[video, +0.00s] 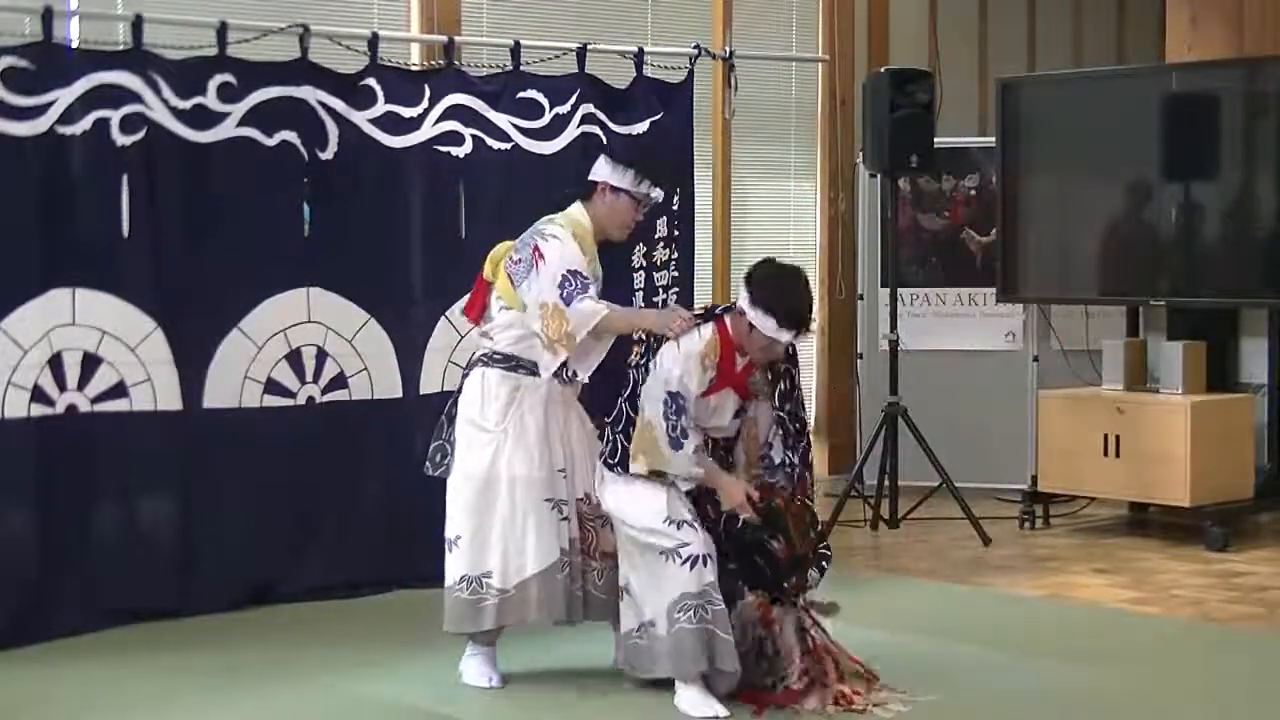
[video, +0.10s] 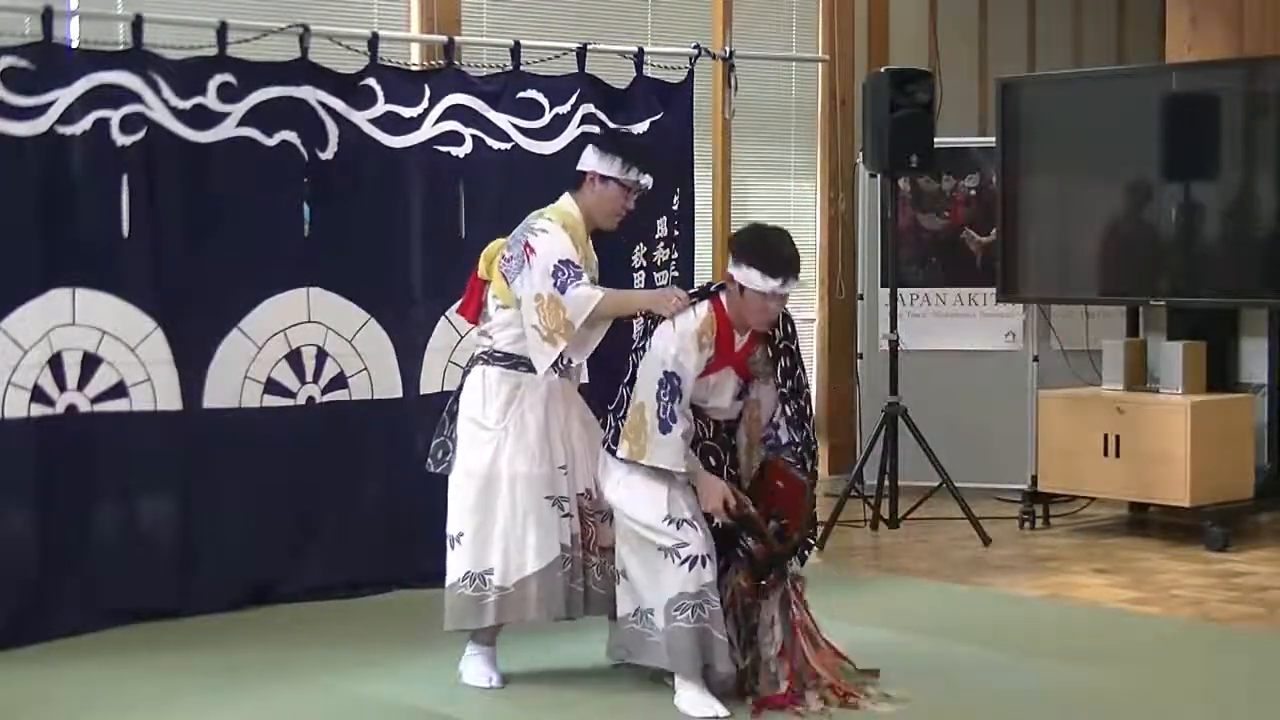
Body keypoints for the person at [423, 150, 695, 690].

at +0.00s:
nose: (639, 219)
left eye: (643, 210)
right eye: (634, 206)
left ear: (610, 201)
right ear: (603, 195)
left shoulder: (581, 252)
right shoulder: (554, 240)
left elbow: (568, 335)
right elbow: (577, 311)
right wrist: (652, 319)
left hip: (547, 398)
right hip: (504, 396)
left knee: (597, 504)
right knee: (497, 516)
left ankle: (639, 634)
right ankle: (481, 647)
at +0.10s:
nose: (631, 204)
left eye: (635, 194)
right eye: (626, 190)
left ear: (598, 187)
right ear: (593, 181)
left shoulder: (576, 242)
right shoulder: (550, 232)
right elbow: (572, 301)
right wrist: (648, 300)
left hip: (548, 394)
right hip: (506, 393)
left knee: (615, 497)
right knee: (498, 515)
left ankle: (639, 633)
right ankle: (481, 646)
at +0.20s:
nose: (627, 195)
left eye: (630, 185)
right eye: (620, 182)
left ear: (597, 180)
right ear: (587, 173)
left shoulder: (584, 243)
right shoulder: (545, 226)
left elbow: (565, 334)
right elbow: (565, 291)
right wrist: (644, 281)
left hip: (557, 392)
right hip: (512, 392)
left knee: (625, 492)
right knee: (503, 516)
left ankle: (641, 624)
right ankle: (481, 646)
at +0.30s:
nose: (630, 186)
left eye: (634, 176)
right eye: (623, 173)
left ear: (603, 174)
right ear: (589, 166)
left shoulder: (590, 233)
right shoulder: (550, 222)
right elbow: (563, 284)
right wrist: (636, 260)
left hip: (574, 390)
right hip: (525, 391)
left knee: (621, 499)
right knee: (511, 514)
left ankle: (644, 623)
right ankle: (480, 645)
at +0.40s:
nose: (639, 180)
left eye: (643, 170)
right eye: (631, 167)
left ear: (631, 173)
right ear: (598, 161)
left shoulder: (612, 227)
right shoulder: (562, 219)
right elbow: (564, 281)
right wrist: (627, 246)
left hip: (601, 385)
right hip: (544, 386)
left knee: (637, 499)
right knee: (522, 510)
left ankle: (662, 625)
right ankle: (480, 647)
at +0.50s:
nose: (660, 172)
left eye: (662, 163)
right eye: (651, 160)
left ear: (648, 170)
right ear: (616, 161)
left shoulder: (643, 223)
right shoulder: (578, 217)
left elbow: (670, 290)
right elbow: (563, 282)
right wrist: (614, 229)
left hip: (619, 383)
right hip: (561, 385)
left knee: (650, 500)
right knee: (529, 503)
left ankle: (666, 627)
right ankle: (484, 645)